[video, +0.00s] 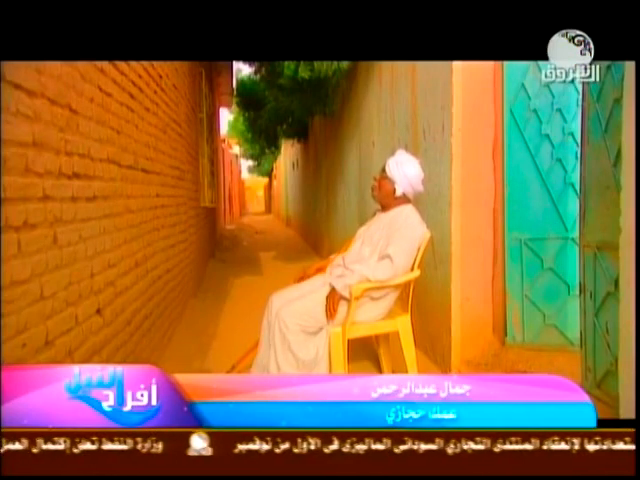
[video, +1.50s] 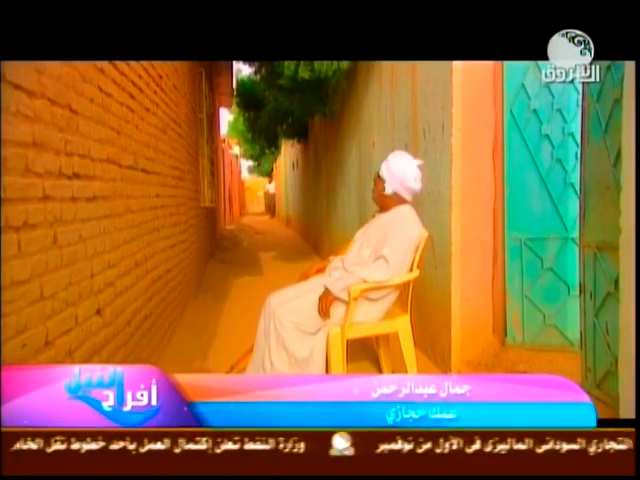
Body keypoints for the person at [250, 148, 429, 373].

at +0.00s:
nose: (375, 181)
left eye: (383, 178)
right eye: (379, 176)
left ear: (397, 188)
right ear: (394, 188)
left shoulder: (408, 221)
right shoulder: (385, 215)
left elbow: (392, 270)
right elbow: (354, 252)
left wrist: (342, 286)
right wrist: (325, 267)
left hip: (362, 295)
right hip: (342, 279)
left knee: (288, 317)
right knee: (277, 304)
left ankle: (291, 387)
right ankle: (268, 379)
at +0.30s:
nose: (375, 184)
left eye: (382, 180)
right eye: (378, 179)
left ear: (397, 188)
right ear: (394, 188)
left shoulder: (409, 222)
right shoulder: (386, 215)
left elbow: (391, 271)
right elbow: (354, 252)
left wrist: (341, 286)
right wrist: (326, 267)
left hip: (362, 296)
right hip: (342, 279)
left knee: (288, 317)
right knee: (276, 303)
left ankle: (291, 387)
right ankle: (268, 379)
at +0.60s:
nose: (373, 184)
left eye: (380, 181)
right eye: (376, 179)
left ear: (395, 189)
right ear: (393, 189)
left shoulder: (406, 222)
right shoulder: (385, 215)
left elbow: (390, 272)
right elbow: (355, 253)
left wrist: (339, 287)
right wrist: (325, 267)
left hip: (362, 298)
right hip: (341, 280)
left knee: (286, 317)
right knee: (276, 303)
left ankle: (289, 386)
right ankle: (268, 379)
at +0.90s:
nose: (371, 183)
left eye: (378, 180)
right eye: (375, 178)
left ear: (393, 187)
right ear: (391, 187)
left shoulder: (405, 220)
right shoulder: (383, 213)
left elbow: (389, 271)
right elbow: (355, 252)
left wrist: (335, 287)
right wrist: (325, 266)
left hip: (363, 299)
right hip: (342, 282)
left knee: (284, 314)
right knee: (276, 303)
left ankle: (284, 384)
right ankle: (267, 377)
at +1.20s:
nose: (372, 183)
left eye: (378, 180)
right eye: (375, 178)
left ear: (391, 188)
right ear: (390, 188)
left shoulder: (404, 221)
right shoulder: (384, 214)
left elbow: (389, 271)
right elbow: (355, 252)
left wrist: (336, 289)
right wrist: (326, 266)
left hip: (360, 298)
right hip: (339, 281)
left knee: (284, 315)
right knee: (274, 304)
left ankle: (283, 387)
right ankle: (265, 379)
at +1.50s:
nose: (373, 186)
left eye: (378, 181)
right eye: (376, 179)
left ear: (390, 188)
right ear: (392, 189)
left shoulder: (405, 221)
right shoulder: (388, 216)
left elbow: (388, 271)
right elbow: (358, 253)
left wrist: (336, 288)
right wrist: (327, 266)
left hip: (360, 298)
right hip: (341, 281)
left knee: (283, 314)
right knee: (274, 303)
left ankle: (281, 386)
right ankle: (266, 379)